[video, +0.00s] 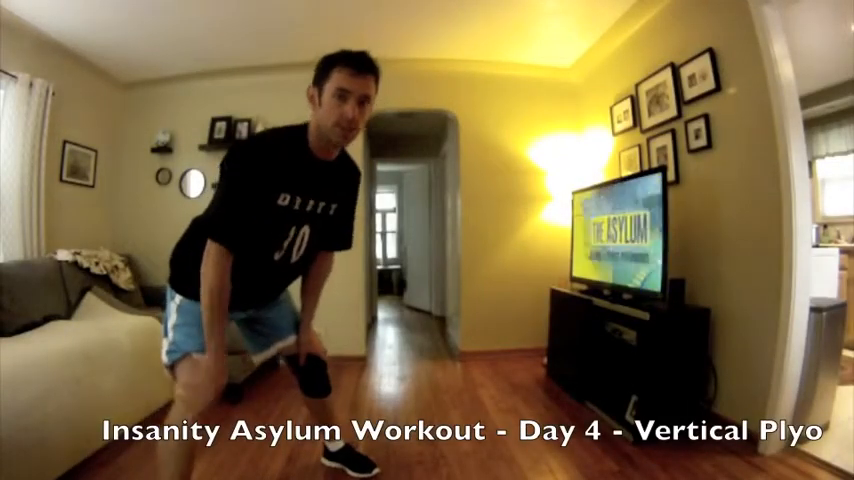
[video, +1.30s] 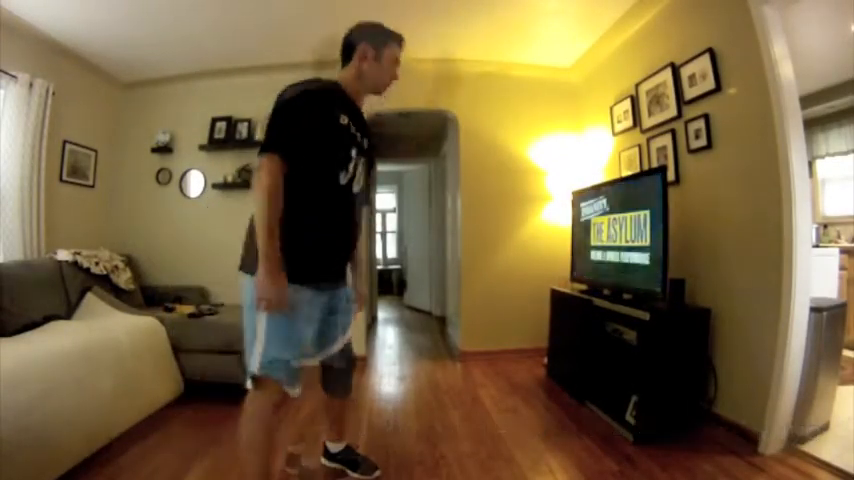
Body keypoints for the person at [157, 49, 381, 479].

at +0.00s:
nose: (351, 113)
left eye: (362, 103)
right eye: (341, 97)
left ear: (371, 110)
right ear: (313, 97)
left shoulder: (345, 176)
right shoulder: (257, 154)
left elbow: (323, 254)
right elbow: (217, 251)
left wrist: (306, 325)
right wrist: (215, 352)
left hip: (262, 287)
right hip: (201, 285)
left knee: (313, 366)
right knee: (200, 386)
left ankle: (334, 446)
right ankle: (171, 474)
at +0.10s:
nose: (354, 107)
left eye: (365, 97)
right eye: (345, 91)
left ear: (373, 104)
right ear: (317, 91)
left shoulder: (347, 172)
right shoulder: (258, 148)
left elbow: (327, 251)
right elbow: (210, 244)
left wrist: (313, 325)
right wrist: (242, 338)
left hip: (268, 288)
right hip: (207, 287)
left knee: (319, 368)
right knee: (198, 400)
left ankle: (336, 446)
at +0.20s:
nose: (357, 104)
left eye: (367, 95)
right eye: (347, 88)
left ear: (375, 103)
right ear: (319, 89)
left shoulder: (350, 171)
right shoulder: (261, 145)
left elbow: (330, 256)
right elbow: (215, 240)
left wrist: (318, 325)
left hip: (278, 291)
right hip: (213, 287)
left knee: (323, 369)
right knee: (201, 398)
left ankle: (335, 446)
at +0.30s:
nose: (360, 104)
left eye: (371, 95)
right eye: (350, 88)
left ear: (378, 103)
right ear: (322, 89)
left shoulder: (353, 172)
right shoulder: (266, 144)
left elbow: (333, 251)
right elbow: (226, 240)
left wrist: (321, 325)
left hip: (275, 286)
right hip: (214, 284)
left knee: (325, 367)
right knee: (202, 396)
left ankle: (335, 447)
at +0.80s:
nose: (397, 102)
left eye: (399, 91)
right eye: (393, 88)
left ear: (367, 83)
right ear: (361, 78)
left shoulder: (356, 161)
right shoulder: (289, 125)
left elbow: (337, 239)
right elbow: (252, 209)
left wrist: (329, 301)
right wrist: (309, 285)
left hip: (294, 290)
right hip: (232, 284)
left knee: (331, 370)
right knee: (206, 397)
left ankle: (335, 447)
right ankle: (178, 473)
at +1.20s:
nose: (400, 81)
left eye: (402, 71)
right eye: (397, 69)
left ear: (371, 64)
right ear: (369, 61)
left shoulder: (362, 134)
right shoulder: (307, 102)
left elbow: (353, 213)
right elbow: (269, 180)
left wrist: (353, 277)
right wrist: (262, 268)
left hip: (329, 275)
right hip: (281, 273)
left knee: (343, 363)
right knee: (263, 384)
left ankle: (336, 447)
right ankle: (230, 473)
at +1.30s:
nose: (396, 75)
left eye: (398, 65)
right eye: (393, 63)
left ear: (370, 60)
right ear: (364, 56)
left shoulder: (359, 128)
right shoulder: (303, 100)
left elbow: (354, 208)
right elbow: (267, 178)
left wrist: (356, 275)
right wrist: (269, 266)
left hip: (331, 273)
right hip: (282, 271)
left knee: (339, 368)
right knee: (270, 385)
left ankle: (336, 447)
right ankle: (259, 472)